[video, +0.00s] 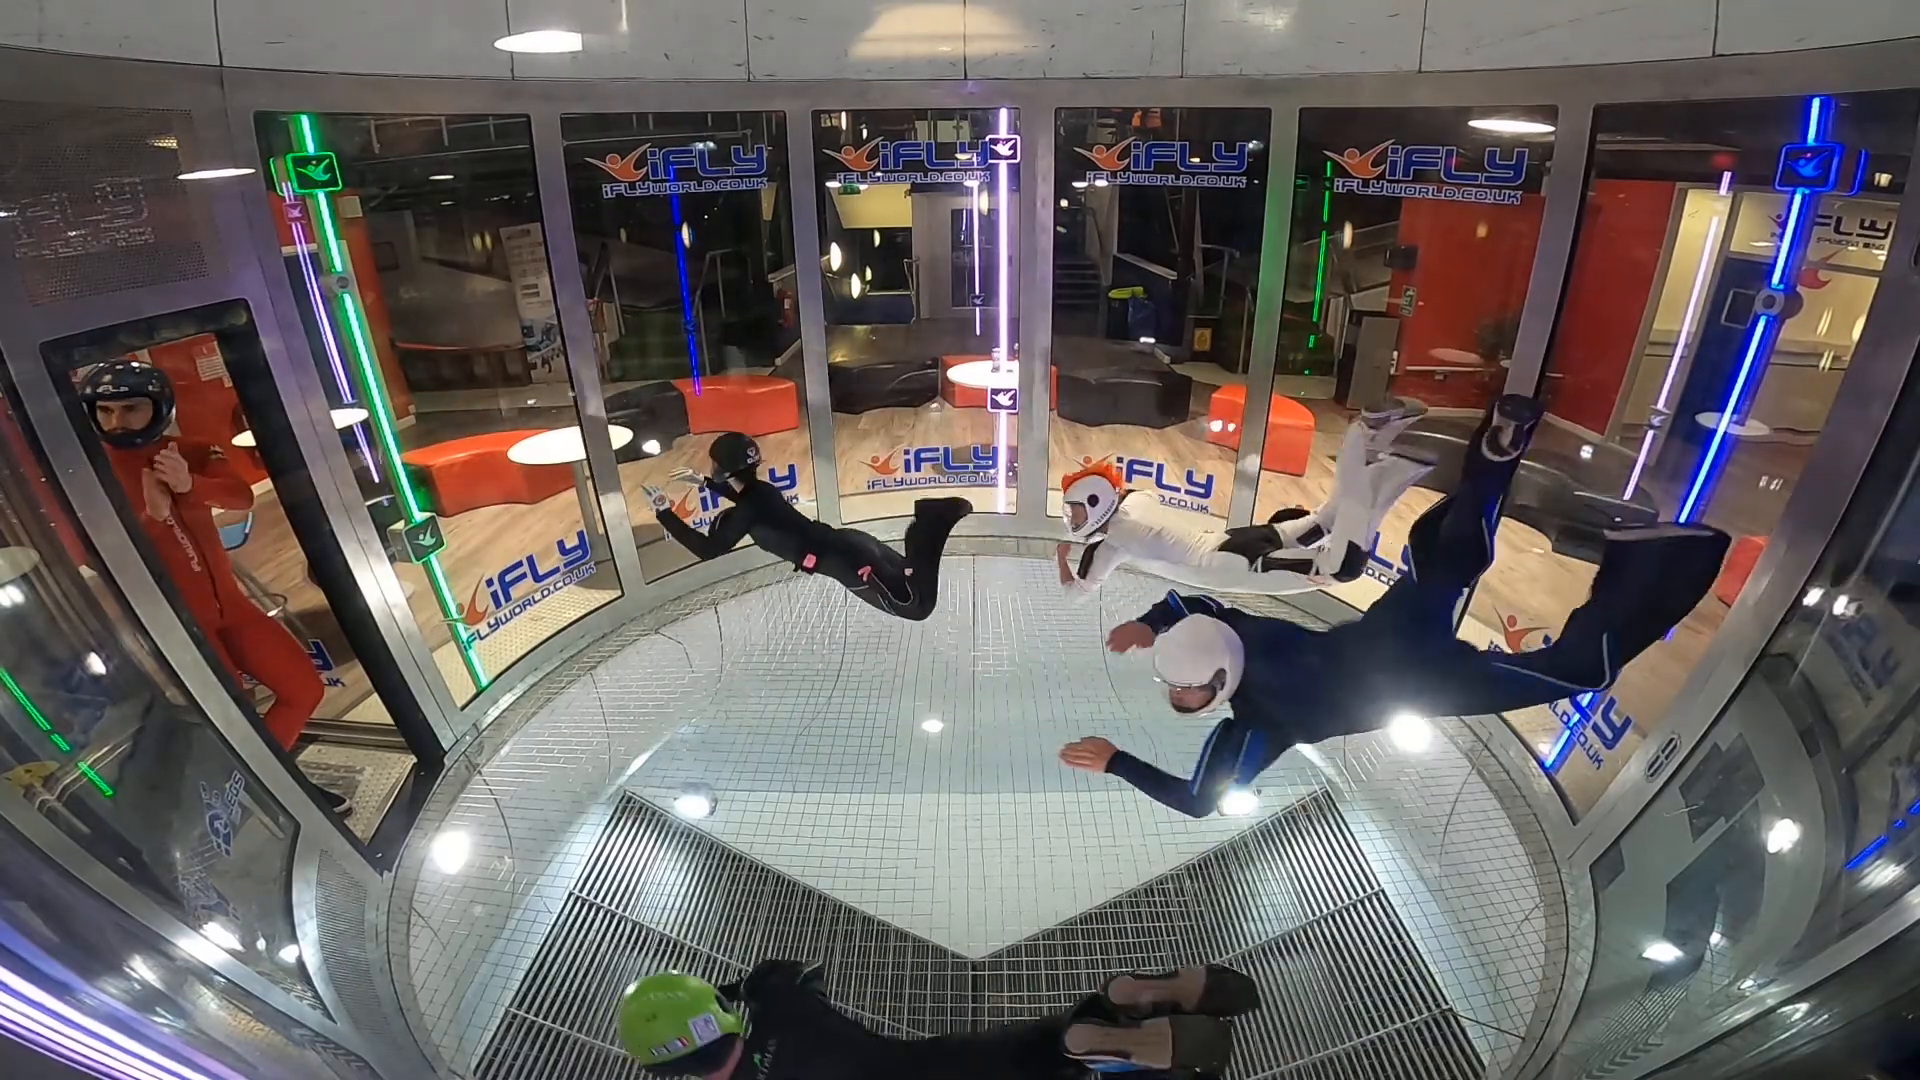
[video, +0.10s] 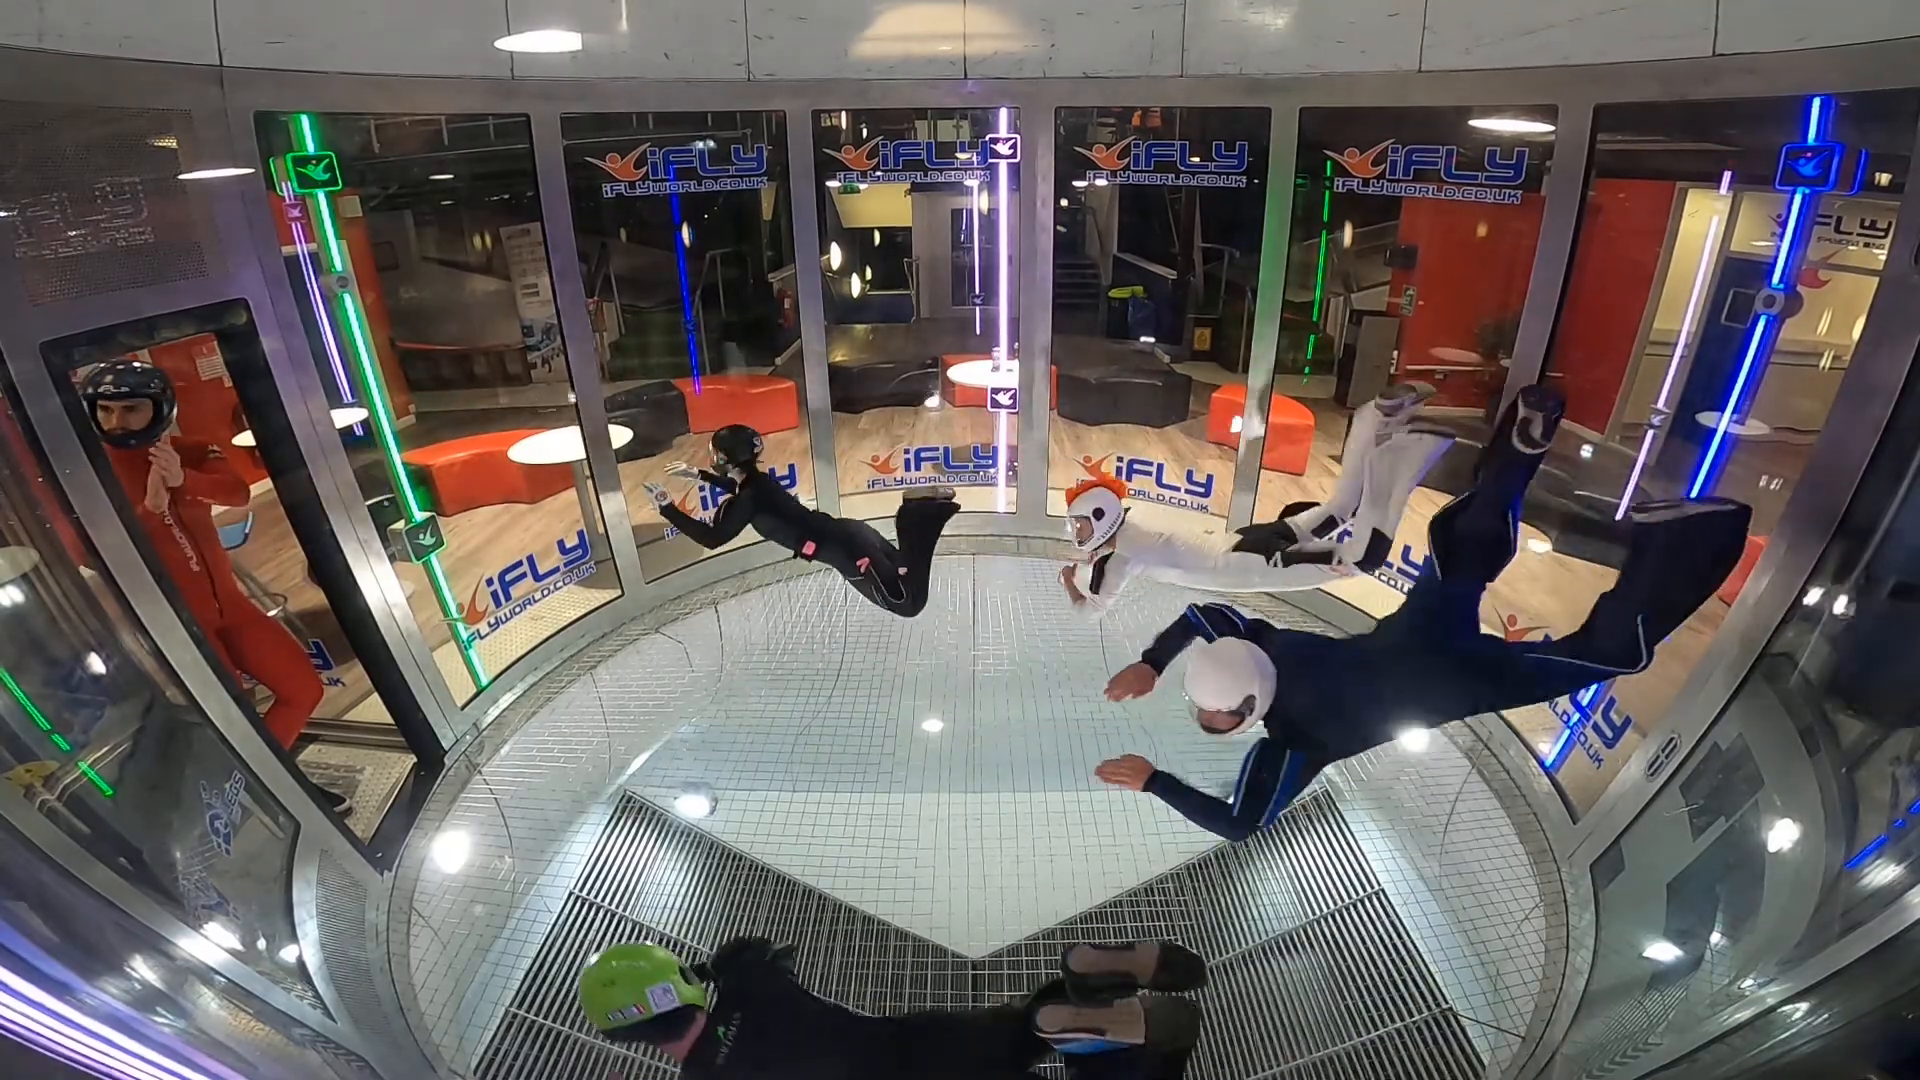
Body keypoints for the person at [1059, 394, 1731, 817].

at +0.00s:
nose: (1180, 697)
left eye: (1184, 691)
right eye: (1175, 687)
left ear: (1214, 686)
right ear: (1205, 657)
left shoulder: (1251, 725)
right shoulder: (1231, 628)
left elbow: (1197, 800)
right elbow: (1193, 608)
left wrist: (1120, 762)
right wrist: (1146, 625)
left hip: (1421, 681)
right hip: (1395, 624)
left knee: (1577, 665)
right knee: (1446, 549)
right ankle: (1504, 442)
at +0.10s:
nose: (1208, 712)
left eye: (1211, 712)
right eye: (1206, 701)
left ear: (1236, 719)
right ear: (1230, 674)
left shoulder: (1287, 746)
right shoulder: (1245, 638)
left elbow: (1240, 824)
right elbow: (1197, 614)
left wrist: (1153, 782)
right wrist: (1146, 665)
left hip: (1449, 685)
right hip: (1416, 629)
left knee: (1598, 654)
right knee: (1462, 556)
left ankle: (1692, 540)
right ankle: (1521, 446)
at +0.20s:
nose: (1237, 748)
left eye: (1240, 742)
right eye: (1231, 732)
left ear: (1269, 742)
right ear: (1261, 690)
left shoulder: (1324, 769)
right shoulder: (1271, 663)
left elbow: (1282, 849)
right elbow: (1207, 643)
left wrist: (1204, 804)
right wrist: (1154, 693)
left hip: (1482, 693)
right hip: (1437, 634)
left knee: (1629, 650)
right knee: (1482, 547)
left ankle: (1694, 537)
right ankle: (1543, 438)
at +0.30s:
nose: (1254, 771)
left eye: (1257, 770)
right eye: (1249, 765)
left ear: (1291, 768)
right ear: (1284, 714)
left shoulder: (1357, 789)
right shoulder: (1292, 694)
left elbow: (1335, 878)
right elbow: (1219, 681)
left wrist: (1246, 833)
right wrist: (1178, 729)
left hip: (1509, 704)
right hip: (1454, 650)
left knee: (1653, 656)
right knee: (1491, 557)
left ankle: (1704, 540)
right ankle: (1562, 455)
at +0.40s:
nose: (1264, 800)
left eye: (1270, 799)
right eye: (1258, 793)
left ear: (1310, 799)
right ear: (1293, 740)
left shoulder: (1385, 816)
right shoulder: (1306, 729)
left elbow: (1374, 911)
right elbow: (1234, 723)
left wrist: (1285, 862)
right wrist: (1198, 773)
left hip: (1519, 732)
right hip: (1457, 683)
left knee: (1660, 681)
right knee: (1500, 584)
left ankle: (1739, 559)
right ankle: (1571, 468)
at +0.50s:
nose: (1271, 834)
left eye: (1280, 832)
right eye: (1265, 823)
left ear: (1321, 831)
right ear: (1307, 773)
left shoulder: (1402, 845)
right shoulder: (1318, 762)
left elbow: (1417, 940)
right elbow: (1242, 765)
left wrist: (1303, 929)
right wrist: (1205, 818)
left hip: (1542, 746)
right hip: (1471, 694)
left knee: (1690, 694)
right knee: (1509, 604)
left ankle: (1718, 582)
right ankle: (1585, 486)